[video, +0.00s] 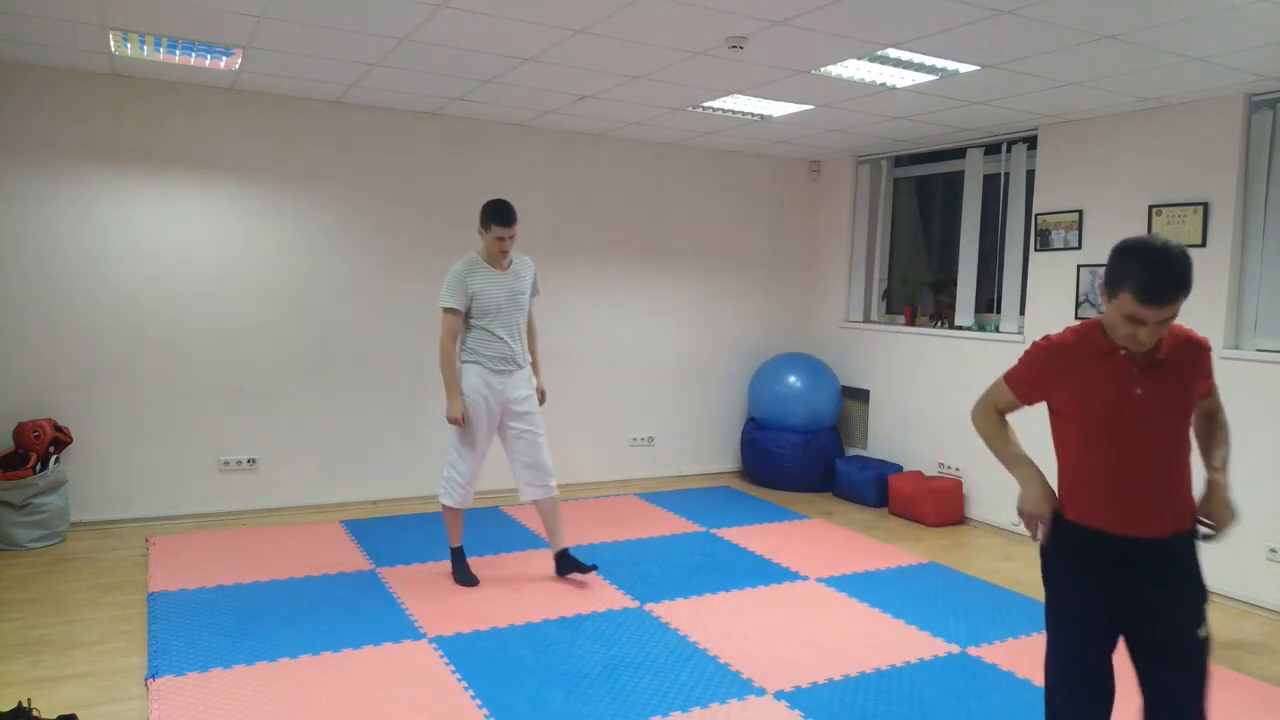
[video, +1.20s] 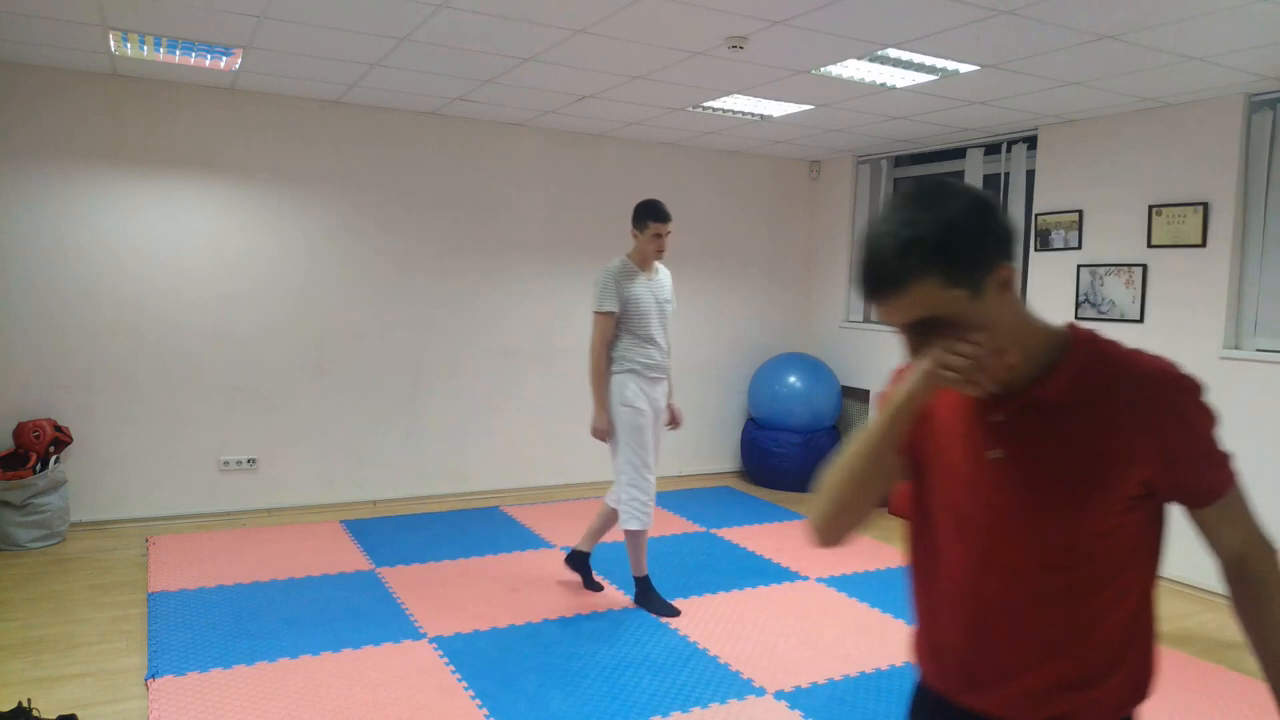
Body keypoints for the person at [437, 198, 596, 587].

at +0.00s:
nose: (507, 246)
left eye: (512, 238)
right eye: (500, 239)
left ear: (517, 234)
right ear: (482, 233)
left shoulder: (524, 267)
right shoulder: (463, 273)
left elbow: (528, 323)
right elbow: (448, 339)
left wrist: (536, 374)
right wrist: (453, 396)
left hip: (519, 380)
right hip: (477, 380)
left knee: (537, 465)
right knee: (463, 468)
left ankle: (562, 554)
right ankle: (457, 555)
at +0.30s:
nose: (554, 244)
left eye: (559, 238)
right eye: (547, 237)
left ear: (564, 237)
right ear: (530, 233)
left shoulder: (569, 277)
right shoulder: (507, 270)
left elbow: (570, 335)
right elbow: (483, 331)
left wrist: (577, 389)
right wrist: (479, 390)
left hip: (556, 385)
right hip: (511, 384)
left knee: (575, 472)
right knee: (491, 471)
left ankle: (569, 564)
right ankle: (464, 557)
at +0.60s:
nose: (598, 241)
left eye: (603, 234)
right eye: (591, 233)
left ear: (608, 233)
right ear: (574, 229)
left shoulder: (612, 277)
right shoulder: (547, 266)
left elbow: (624, 337)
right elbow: (525, 324)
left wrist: (639, 392)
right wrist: (532, 378)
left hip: (586, 382)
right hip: (548, 379)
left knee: (586, 472)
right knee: (539, 471)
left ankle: (570, 563)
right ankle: (505, 554)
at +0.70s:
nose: (609, 241)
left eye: (615, 234)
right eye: (603, 233)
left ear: (619, 234)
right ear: (586, 229)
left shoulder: (621, 278)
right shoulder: (560, 266)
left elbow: (634, 336)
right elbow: (535, 324)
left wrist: (652, 390)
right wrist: (544, 378)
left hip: (595, 383)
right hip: (557, 381)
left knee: (590, 474)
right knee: (555, 474)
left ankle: (570, 564)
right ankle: (539, 564)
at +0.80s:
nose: (620, 242)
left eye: (625, 235)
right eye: (614, 234)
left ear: (630, 235)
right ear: (596, 230)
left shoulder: (629, 279)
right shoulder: (570, 267)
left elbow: (641, 337)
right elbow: (545, 325)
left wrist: (659, 387)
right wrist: (553, 381)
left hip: (605, 383)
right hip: (568, 381)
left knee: (595, 472)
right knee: (573, 470)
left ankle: (573, 559)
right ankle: (574, 563)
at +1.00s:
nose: (642, 244)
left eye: (647, 238)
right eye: (636, 237)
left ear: (649, 237)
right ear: (616, 232)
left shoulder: (646, 282)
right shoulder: (589, 273)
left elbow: (647, 343)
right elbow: (567, 335)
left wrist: (654, 396)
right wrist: (570, 396)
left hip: (630, 387)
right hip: (594, 386)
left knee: (602, 477)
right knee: (609, 478)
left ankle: (572, 561)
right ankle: (635, 579)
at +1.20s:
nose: (663, 243)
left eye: (667, 235)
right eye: (656, 236)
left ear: (669, 234)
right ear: (636, 233)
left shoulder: (663, 276)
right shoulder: (615, 277)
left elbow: (661, 343)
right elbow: (600, 346)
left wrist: (669, 398)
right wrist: (600, 409)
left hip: (655, 387)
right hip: (625, 385)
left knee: (636, 480)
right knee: (638, 482)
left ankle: (581, 551)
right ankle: (642, 584)